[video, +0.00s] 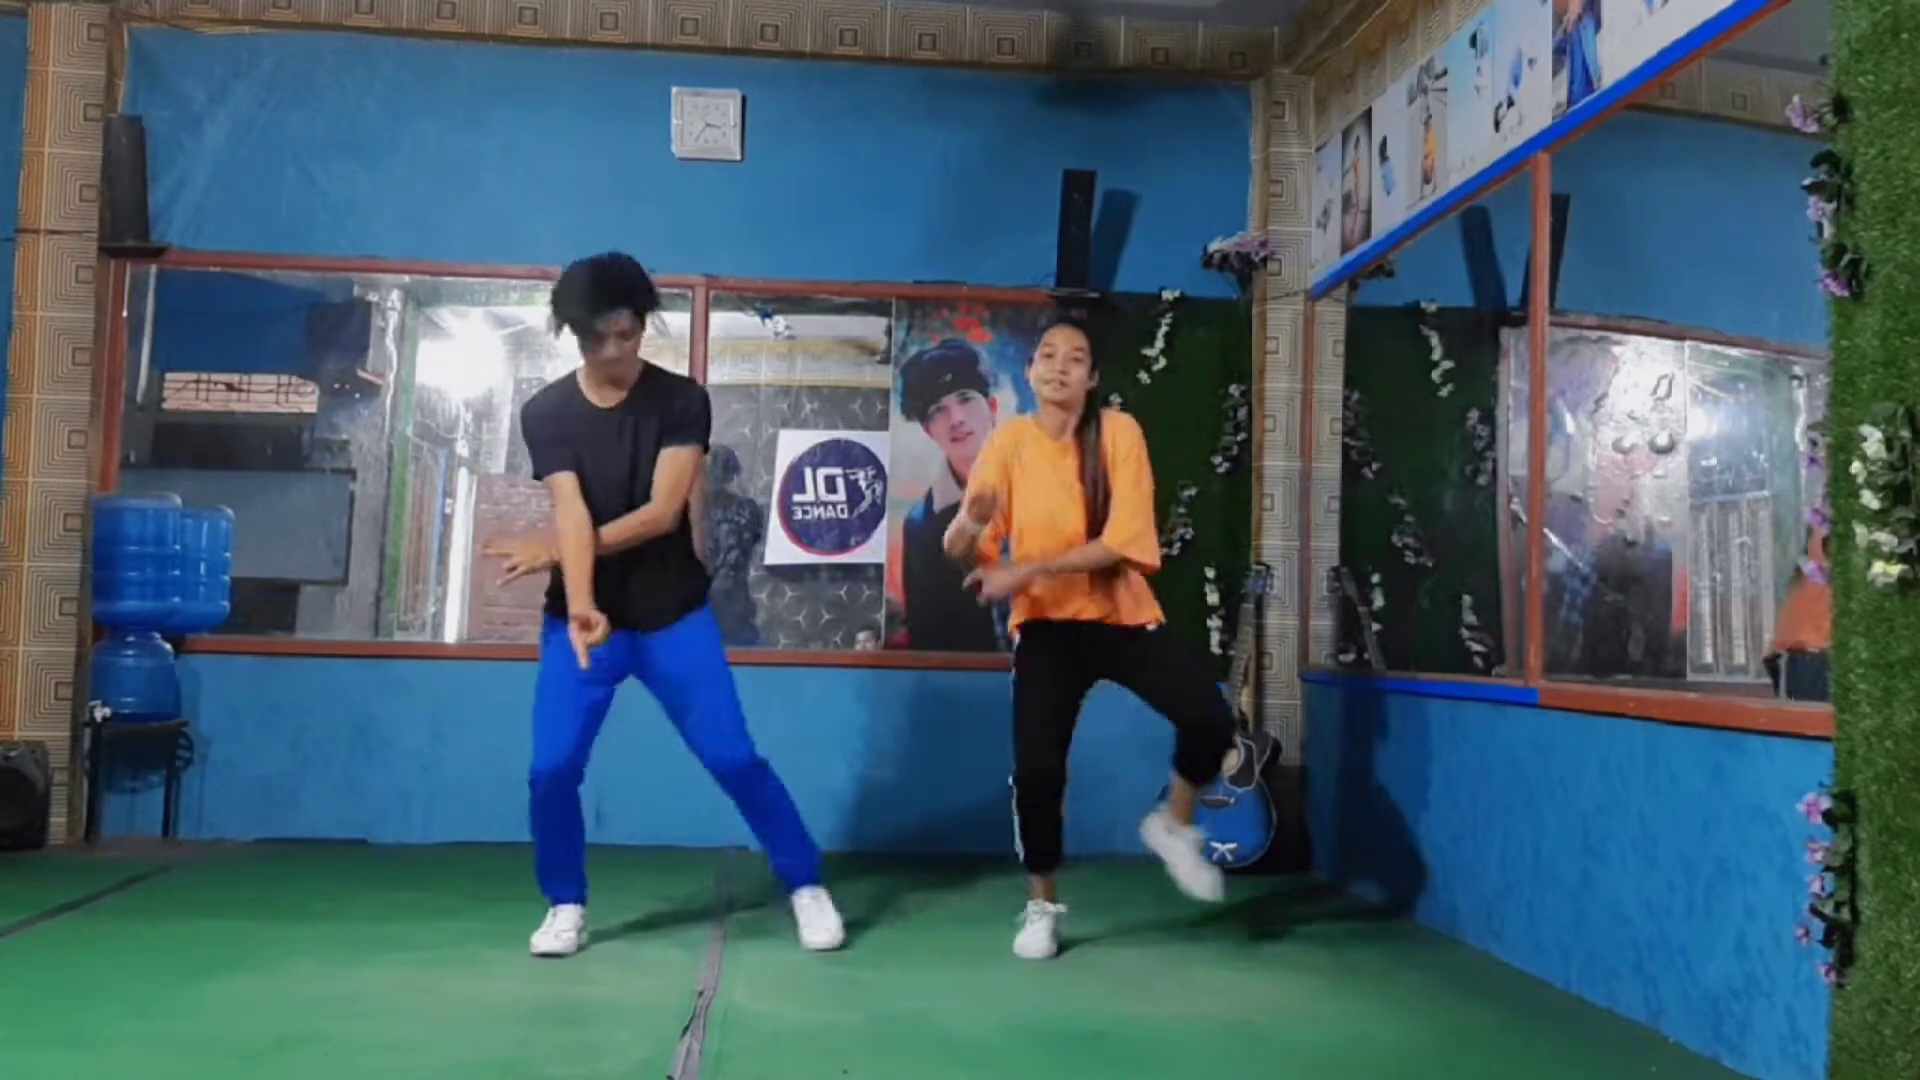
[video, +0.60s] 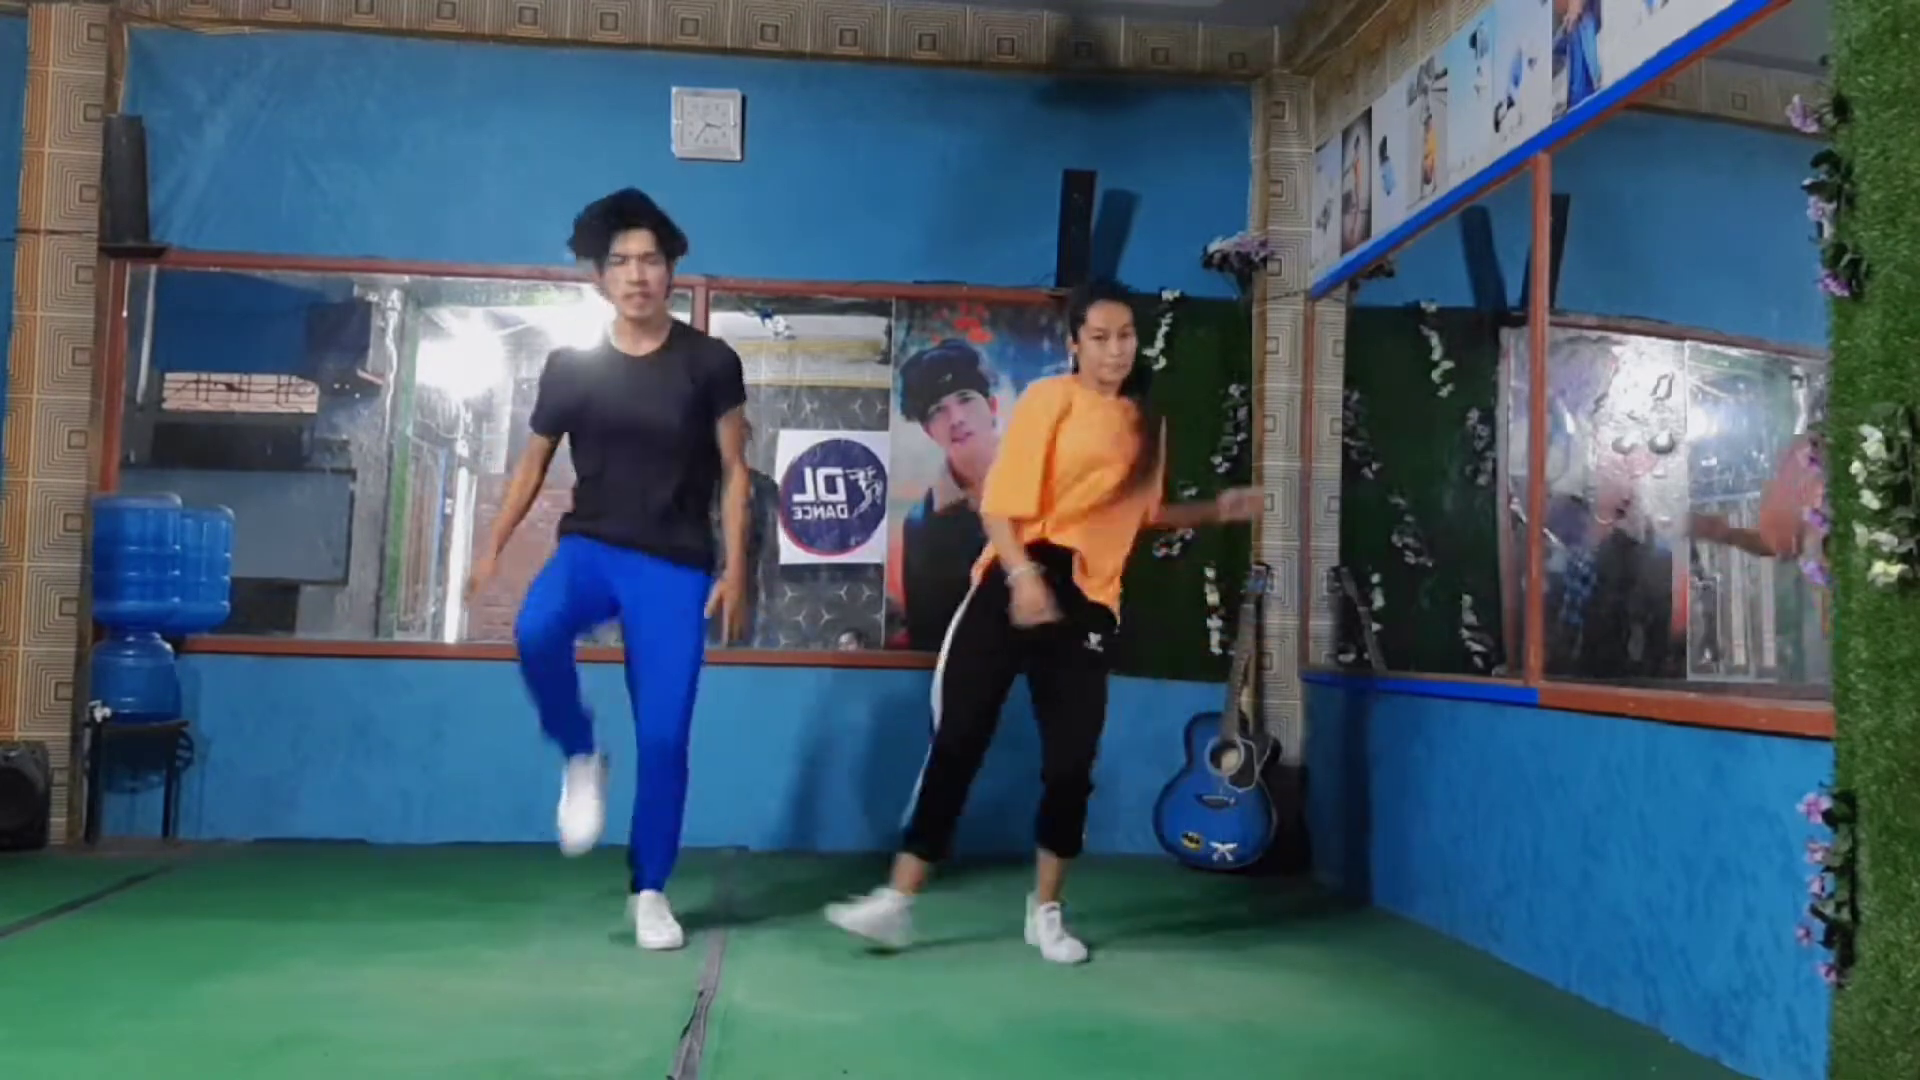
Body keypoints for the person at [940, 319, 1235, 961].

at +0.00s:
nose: (1060, 369)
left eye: (1074, 360)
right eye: (1049, 358)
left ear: (1093, 376)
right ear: (1030, 371)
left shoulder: (1118, 433)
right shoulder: (1009, 440)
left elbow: (1121, 544)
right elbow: (958, 551)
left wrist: (1025, 571)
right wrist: (967, 526)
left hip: (1126, 621)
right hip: (1049, 628)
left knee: (1210, 720)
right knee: (1036, 770)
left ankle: (1173, 823)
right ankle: (1042, 903)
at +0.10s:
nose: (1043, 367)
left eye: (1059, 359)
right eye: (1034, 356)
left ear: (1079, 375)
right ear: (1017, 369)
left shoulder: (1103, 429)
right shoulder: (995, 449)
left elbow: (1117, 546)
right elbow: (980, 546)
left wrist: (1070, 632)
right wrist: (964, 552)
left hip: (1125, 621)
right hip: (1049, 630)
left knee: (1197, 757)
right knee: (1045, 776)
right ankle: (1043, 905)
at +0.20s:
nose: (1028, 374)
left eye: (1045, 364)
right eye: (1019, 361)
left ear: (1066, 378)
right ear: (1003, 373)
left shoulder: (1094, 435)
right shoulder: (991, 453)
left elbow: (1132, 553)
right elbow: (987, 556)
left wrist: (1160, 648)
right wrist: (939, 552)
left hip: (1118, 628)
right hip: (1046, 635)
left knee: (1195, 761)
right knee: (1044, 778)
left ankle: (1241, 885)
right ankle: (1041, 908)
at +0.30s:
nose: (1046, 378)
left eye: (1062, 369)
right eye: (1035, 364)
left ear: (1077, 382)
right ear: (1015, 371)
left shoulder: (1102, 444)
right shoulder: (986, 447)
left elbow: (1156, 540)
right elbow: (948, 553)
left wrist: (1212, 622)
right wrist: (944, 514)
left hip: (1122, 627)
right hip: (1041, 632)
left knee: (1205, 726)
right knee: (1024, 770)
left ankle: (1211, 821)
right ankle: (1041, 906)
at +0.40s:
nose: (1087, 363)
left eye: (1099, 353)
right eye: (1075, 349)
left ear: (1110, 365)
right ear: (1046, 358)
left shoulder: (1126, 438)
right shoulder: (1007, 418)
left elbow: (1161, 526)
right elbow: (942, 504)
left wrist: (1223, 590)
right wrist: (1013, 474)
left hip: (1100, 606)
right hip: (1024, 609)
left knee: (1167, 664)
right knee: (1011, 775)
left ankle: (1137, 775)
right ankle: (1040, 906)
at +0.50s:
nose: (1110, 339)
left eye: (1121, 326)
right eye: (1095, 326)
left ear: (1134, 336)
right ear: (1070, 335)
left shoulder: (1145, 418)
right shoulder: (1036, 390)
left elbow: (1155, 519)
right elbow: (985, 482)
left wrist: (1225, 557)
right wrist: (1067, 516)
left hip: (1089, 587)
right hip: (1013, 578)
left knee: (1131, 691)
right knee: (969, 737)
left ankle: (1081, 823)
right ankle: (1004, 891)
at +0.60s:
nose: (1115, 349)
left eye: (1126, 335)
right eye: (1101, 336)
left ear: (1139, 343)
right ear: (1075, 343)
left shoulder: (1148, 424)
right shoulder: (1048, 398)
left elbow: (1141, 515)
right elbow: (998, 501)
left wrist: (1215, 509)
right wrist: (1023, 575)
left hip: (1085, 601)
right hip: (1010, 583)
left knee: (1072, 765)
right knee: (958, 741)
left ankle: (1046, 912)